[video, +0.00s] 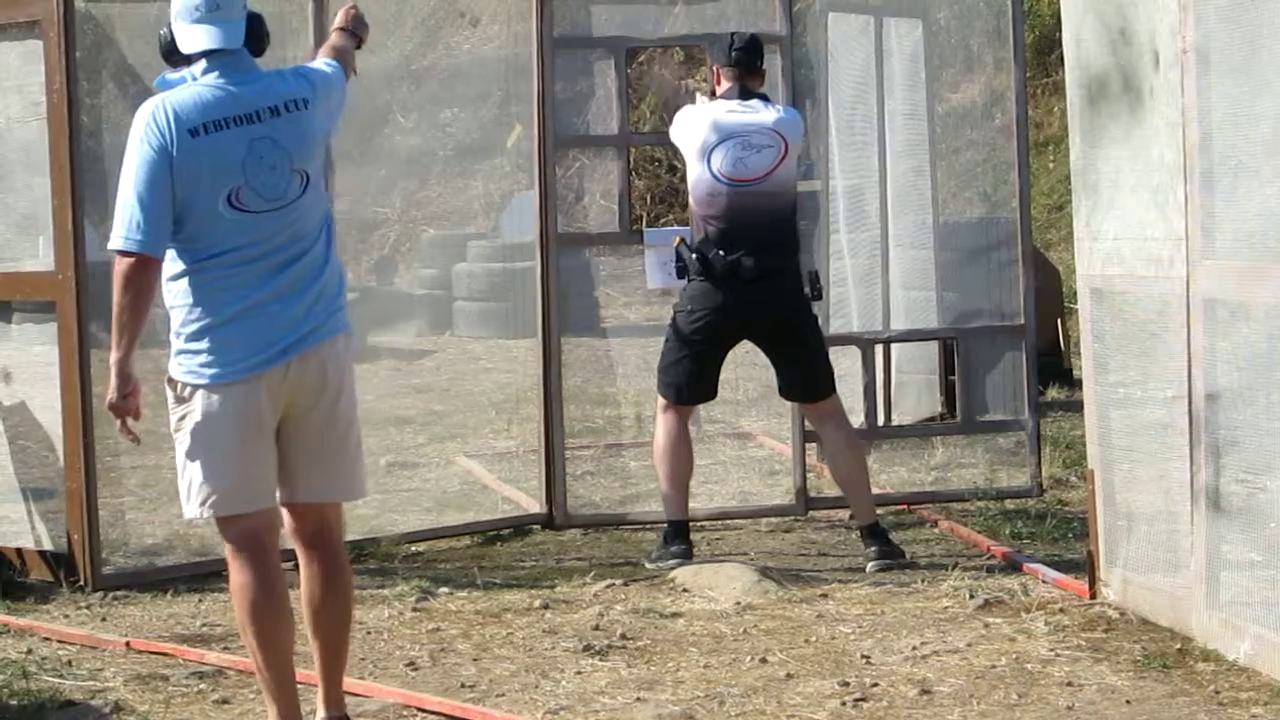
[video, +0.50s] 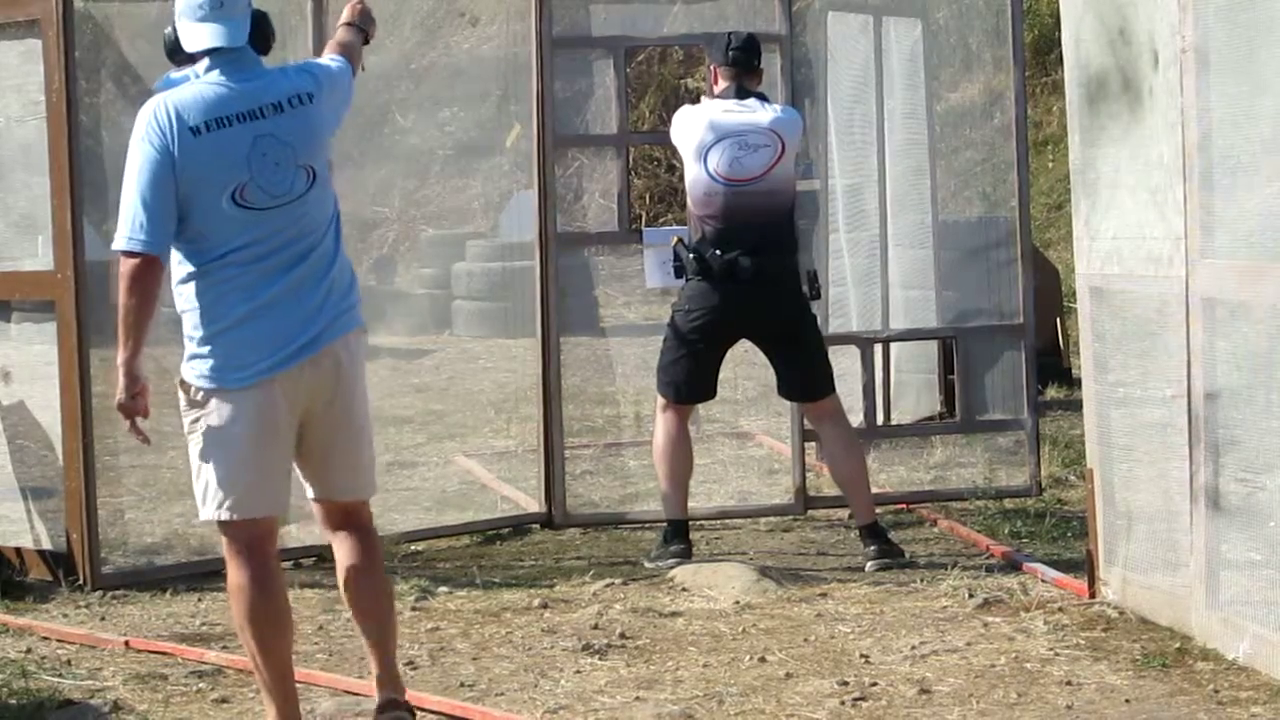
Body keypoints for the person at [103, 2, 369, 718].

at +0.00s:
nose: (176, 64)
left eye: (174, 52)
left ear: (176, 52)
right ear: (251, 39)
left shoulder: (162, 119)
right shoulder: (305, 91)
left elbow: (137, 260)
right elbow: (336, 59)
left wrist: (120, 363)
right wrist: (348, 29)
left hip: (220, 362)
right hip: (320, 340)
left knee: (250, 547)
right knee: (320, 534)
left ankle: (286, 709)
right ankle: (333, 705)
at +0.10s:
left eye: (169, 48)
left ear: (172, 50)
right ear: (248, 38)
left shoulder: (158, 119)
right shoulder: (302, 90)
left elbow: (134, 259)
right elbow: (334, 56)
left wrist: (119, 363)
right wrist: (345, 26)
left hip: (220, 361)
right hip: (319, 339)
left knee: (251, 548)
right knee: (320, 533)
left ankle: (286, 710)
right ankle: (333, 704)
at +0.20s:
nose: (167, 63)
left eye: (164, 51)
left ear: (169, 52)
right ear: (244, 37)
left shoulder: (154, 119)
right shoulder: (298, 88)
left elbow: (132, 261)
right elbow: (332, 54)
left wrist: (118, 362)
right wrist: (344, 25)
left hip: (220, 360)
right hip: (320, 336)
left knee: (251, 548)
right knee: (321, 530)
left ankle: (286, 709)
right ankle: (335, 701)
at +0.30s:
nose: (163, 62)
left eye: (162, 49)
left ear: (167, 51)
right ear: (243, 36)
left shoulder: (153, 119)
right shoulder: (298, 87)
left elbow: (133, 258)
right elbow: (333, 52)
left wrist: (119, 362)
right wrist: (345, 23)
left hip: (223, 361)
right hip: (323, 336)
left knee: (252, 548)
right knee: (328, 526)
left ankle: (286, 709)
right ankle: (343, 698)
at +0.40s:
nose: (163, 62)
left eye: (164, 49)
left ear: (170, 51)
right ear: (247, 35)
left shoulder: (156, 119)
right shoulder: (301, 87)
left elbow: (135, 260)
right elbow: (335, 53)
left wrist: (122, 365)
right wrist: (349, 23)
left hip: (228, 360)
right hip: (327, 334)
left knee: (252, 549)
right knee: (337, 521)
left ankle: (284, 710)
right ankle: (362, 698)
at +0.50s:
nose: (172, 57)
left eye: (175, 47)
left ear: (180, 48)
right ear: (256, 35)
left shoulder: (164, 117)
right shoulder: (310, 89)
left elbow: (141, 259)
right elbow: (341, 53)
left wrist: (129, 363)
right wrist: (353, 24)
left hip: (232, 363)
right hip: (332, 335)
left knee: (251, 550)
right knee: (349, 516)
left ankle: (284, 709)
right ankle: (390, 687)